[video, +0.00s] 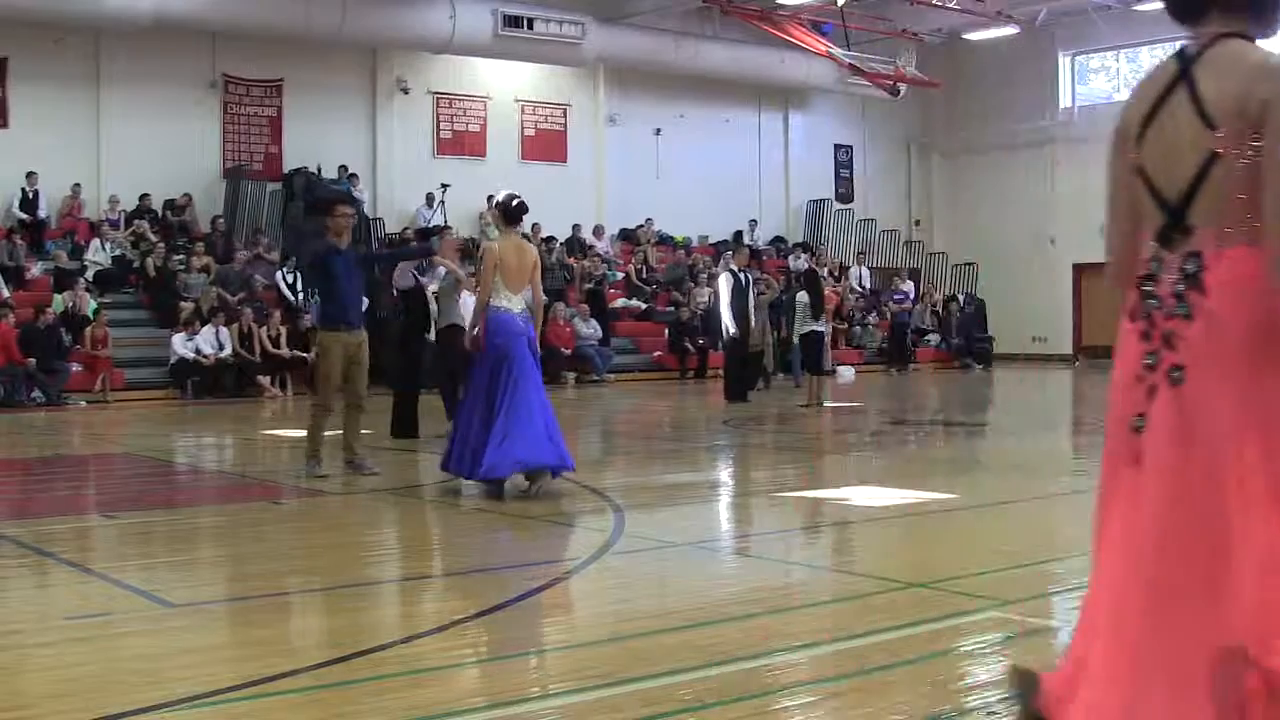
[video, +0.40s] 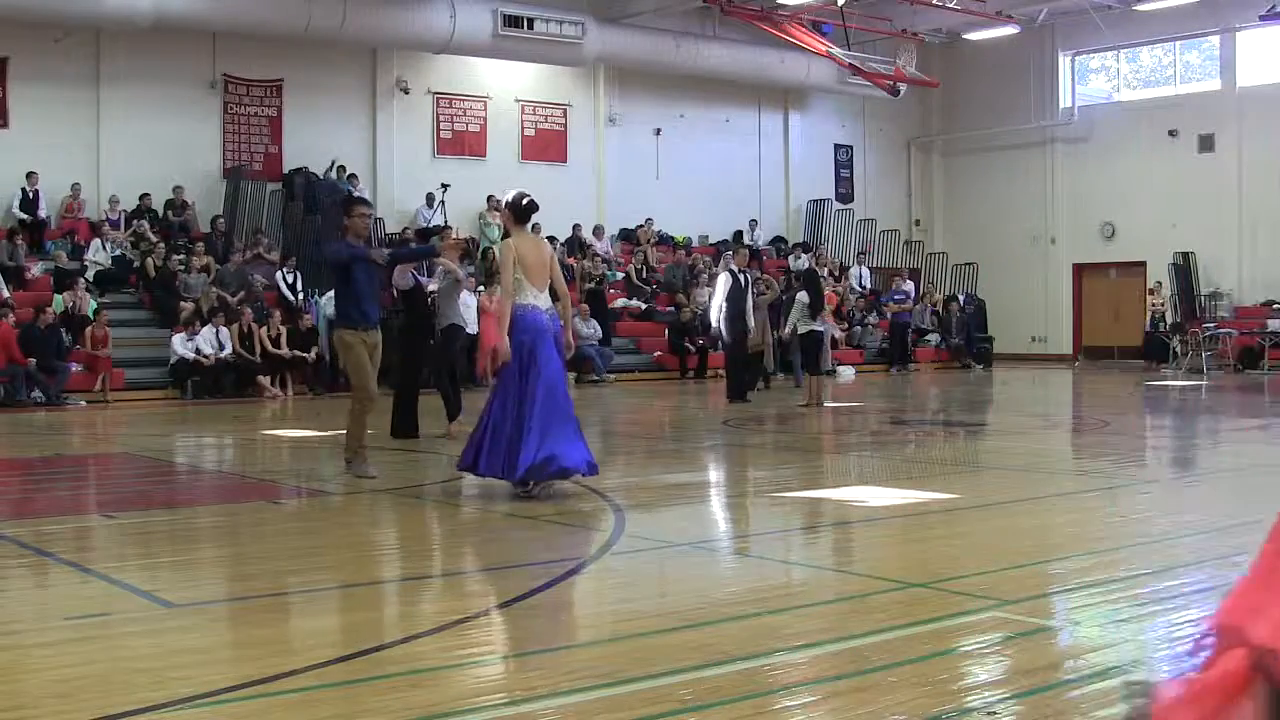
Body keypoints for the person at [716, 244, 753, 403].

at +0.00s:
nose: (747, 259)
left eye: (748, 256)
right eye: (745, 255)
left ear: (745, 257)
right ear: (736, 256)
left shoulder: (747, 277)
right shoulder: (725, 277)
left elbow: (751, 302)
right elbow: (724, 304)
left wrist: (752, 322)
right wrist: (731, 327)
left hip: (746, 321)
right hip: (733, 321)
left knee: (742, 358)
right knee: (732, 359)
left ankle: (741, 391)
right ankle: (731, 393)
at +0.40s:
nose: (746, 259)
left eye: (747, 256)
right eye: (743, 255)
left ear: (747, 258)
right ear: (735, 256)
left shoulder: (746, 277)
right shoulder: (725, 276)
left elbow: (749, 303)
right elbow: (717, 301)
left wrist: (751, 323)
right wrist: (714, 324)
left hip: (742, 320)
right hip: (728, 319)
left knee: (742, 355)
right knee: (732, 356)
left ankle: (741, 391)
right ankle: (733, 393)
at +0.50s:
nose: (747, 259)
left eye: (748, 256)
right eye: (744, 256)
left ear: (747, 258)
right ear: (735, 257)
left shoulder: (747, 277)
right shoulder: (726, 276)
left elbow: (749, 301)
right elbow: (714, 298)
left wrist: (751, 321)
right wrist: (707, 319)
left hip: (742, 320)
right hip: (728, 319)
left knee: (742, 355)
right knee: (732, 355)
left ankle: (741, 392)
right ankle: (734, 393)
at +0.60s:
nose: (748, 260)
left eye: (749, 257)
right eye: (745, 257)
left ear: (748, 259)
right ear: (736, 258)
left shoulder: (746, 276)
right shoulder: (726, 275)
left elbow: (748, 299)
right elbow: (710, 294)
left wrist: (752, 317)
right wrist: (697, 313)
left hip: (740, 319)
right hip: (728, 319)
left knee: (740, 355)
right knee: (732, 356)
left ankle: (740, 392)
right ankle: (734, 394)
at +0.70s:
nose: (748, 262)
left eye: (749, 259)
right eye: (745, 258)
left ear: (750, 261)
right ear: (736, 259)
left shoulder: (746, 278)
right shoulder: (726, 276)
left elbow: (748, 297)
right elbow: (709, 291)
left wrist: (755, 314)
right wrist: (691, 306)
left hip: (739, 319)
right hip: (727, 319)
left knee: (740, 354)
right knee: (732, 355)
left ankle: (740, 391)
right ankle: (734, 394)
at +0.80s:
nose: (749, 267)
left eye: (750, 263)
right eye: (746, 263)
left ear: (750, 265)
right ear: (737, 264)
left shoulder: (746, 280)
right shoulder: (726, 280)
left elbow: (751, 298)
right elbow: (709, 296)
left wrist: (758, 314)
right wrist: (692, 310)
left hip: (736, 321)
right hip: (724, 322)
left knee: (739, 354)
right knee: (733, 354)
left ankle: (727, 385)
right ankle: (733, 392)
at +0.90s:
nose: (749, 272)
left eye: (749, 268)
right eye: (747, 268)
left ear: (744, 267)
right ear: (737, 266)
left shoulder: (744, 285)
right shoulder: (724, 283)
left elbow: (753, 306)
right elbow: (717, 306)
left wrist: (763, 326)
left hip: (735, 326)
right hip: (724, 325)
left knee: (737, 359)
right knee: (732, 360)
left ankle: (718, 386)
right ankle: (735, 395)